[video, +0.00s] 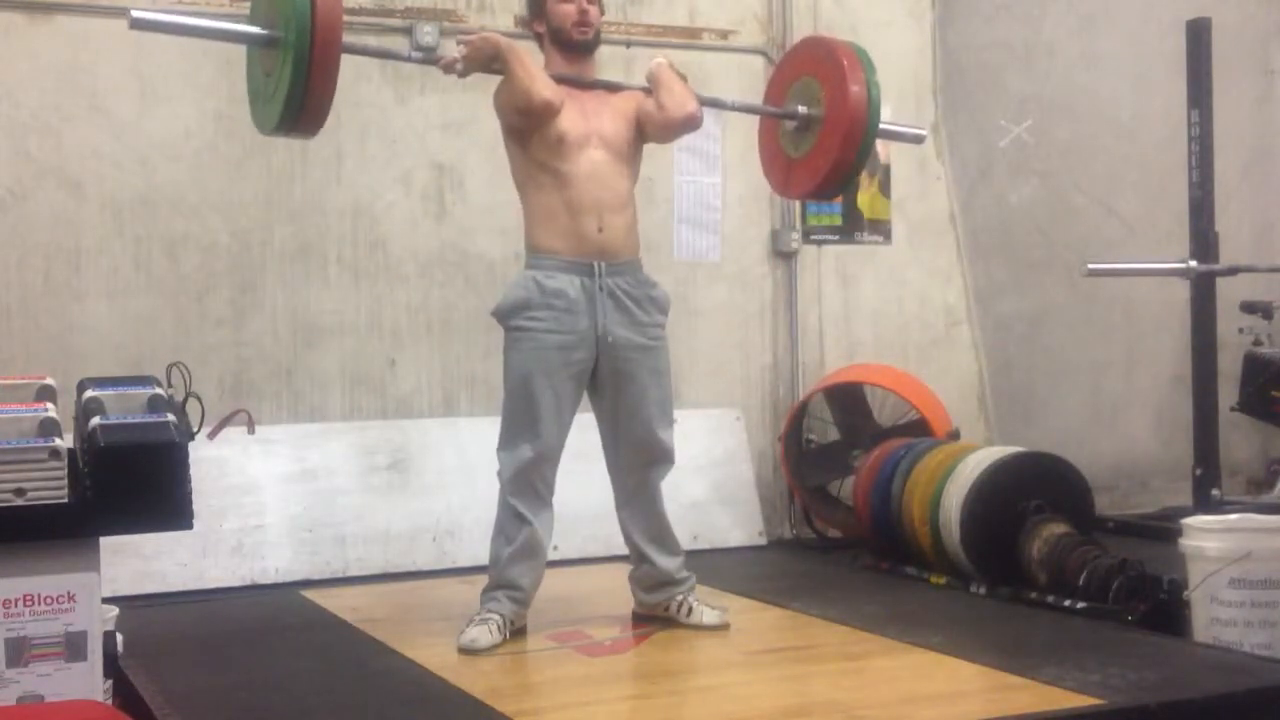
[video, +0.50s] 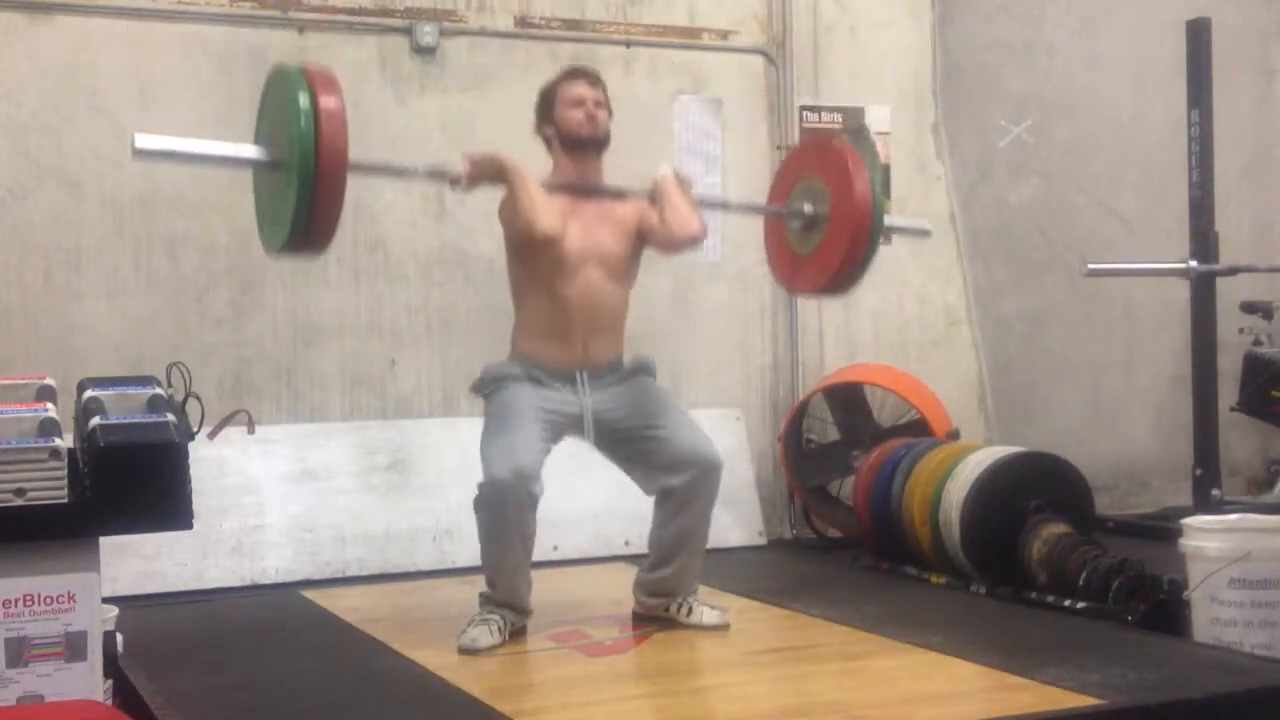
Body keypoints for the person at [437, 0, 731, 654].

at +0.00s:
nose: (586, 9)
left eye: (593, 2)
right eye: (570, 1)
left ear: (602, 20)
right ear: (541, 19)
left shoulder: (630, 102)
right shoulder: (525, 99)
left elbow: (685, 114)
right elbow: (538, 105)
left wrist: (658, 64)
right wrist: (506, 50)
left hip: (631, 292)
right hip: (550, 292)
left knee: (647, 450)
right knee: (530, 456)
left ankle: (661, 591)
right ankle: (504, 603)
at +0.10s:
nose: (587, 9)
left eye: (594, 2)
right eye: (571, 1)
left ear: (602, 20)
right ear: (542, 18)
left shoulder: (631, 102)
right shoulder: (527, 98)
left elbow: (685, 111)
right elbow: (538, 100)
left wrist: (659, 64)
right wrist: (506, 49)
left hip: (629, 294)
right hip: (547, 293)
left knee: (648, 449)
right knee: (527, 454)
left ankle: (661, 592)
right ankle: (504, 603)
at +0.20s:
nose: (588, 23)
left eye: (596, 14)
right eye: (573, 12)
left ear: (604, 32)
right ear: (543, 31)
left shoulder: (631, 113)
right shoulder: (522, 108)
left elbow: (685, 130)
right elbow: (539, 111)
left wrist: (664, 80)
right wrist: (506, 59)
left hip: (624, 312)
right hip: (541, 310)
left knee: (666, 445)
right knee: (520, 448)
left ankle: (662, 590)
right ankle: (504, 602)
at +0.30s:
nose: (590, 48)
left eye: (598, 39)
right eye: (575, 38)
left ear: (607, 57)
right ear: (546, 56)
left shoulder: (632, 140)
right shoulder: (528, 132)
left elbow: (684, 156)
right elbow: (531, 156)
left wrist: (664, 109)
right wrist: (508, 96)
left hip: (620, 330)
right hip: (537, 327)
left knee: (678, 445)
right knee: (516, 452)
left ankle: (664, 592)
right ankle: (502, 605)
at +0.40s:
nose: (591, 80)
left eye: (600, 72)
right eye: (576, 71)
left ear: (610, 91)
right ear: (548, 90)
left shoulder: (632, 173)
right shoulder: (529, 164)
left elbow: (686, 193)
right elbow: (533, 189)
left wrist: (664, 143)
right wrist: (509, 133)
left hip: (619, 360)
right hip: (533, 358)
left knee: (692, 457)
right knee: (509, 469)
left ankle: (663, 594)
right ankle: (502, 607)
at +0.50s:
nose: (592, 111)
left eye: (600, 105)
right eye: (576, 104)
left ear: (610, 123)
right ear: (548, 125)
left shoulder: (634, 208)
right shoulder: (526, 200)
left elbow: (687, 232)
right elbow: (543, 229)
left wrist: (667, 179)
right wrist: (508, 168)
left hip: (616, 384)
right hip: (532, 383)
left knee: (698, 464)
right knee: (507, 479)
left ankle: (662, 596)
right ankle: (502, 608)